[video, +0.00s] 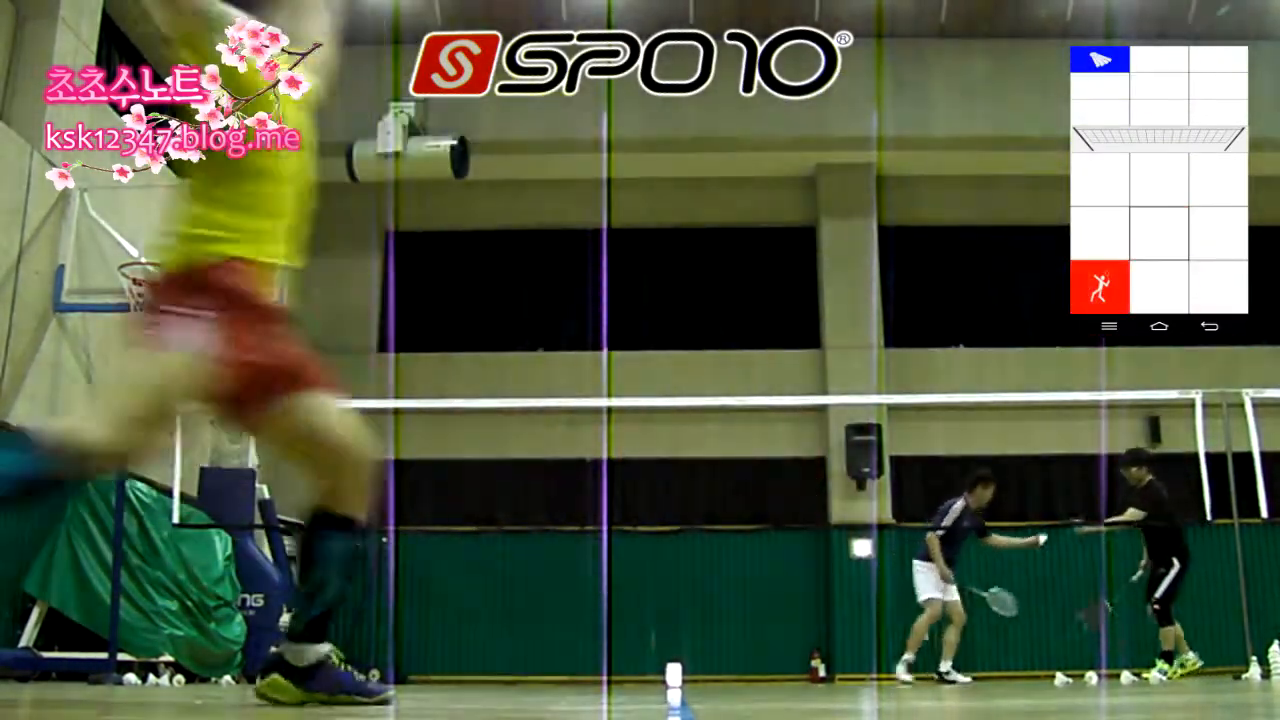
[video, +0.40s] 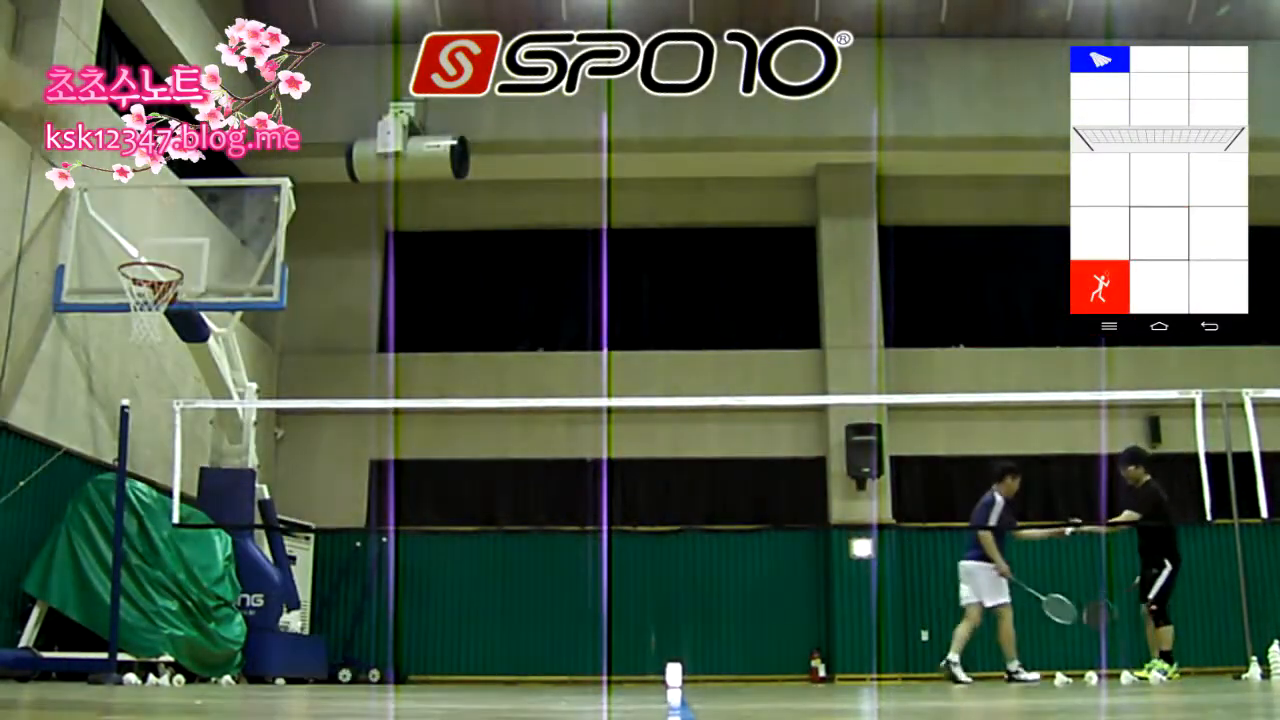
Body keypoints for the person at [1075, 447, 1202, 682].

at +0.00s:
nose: (1126, 475)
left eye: (1129, 470)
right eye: (1124, 471)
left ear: (1141, 468)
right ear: (1134, 471)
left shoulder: (1153, 490)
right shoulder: (1140, 490)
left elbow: (1131, 517)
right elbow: (1150, 531)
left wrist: (1097, 525)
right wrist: (1146, 558)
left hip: (1175, 556)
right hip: (1159, 557)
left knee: (1159, 604)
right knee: (1157, 605)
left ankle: (1166, 662)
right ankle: (1187, 655)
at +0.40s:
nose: (1124, 474)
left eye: (1126, 469)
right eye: (1122, 470)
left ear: (1139, 467)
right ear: (1131, 470)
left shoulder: (1150, 491)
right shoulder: (1140, 490)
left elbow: (1126, 519)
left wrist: (1094, 527)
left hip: (1166, 558)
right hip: (1150, 558)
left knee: (1156, 606)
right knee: (1148, 608)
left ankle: (1167, 661)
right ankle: (1156, 659)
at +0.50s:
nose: (1125, 473)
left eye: (1129, 468)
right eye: (1124, 469)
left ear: (1142, 468)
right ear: (1135, 470)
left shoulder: (1150, 491)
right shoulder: (1140, 491)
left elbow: (1126, 524)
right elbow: (1125, 523)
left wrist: (1093, 529)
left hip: (1166, 558)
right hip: (1150, 558)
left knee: (1159, 607)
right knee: (1147, 608)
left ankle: (1168, 661)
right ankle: (1155, 660)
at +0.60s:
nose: (1129, 473)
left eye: (1133, 468)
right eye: (1127, 469)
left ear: (1146, 468)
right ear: (1130, 470)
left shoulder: (1152, 493)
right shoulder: (1142, 492)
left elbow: (1130, 526)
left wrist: (1098, 531)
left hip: (1166, 559)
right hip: (1151, 559)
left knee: (1163, 608)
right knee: (1152, 609)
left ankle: (1171, 659)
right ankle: (1157, 661)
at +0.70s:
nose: (1136, 470)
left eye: (1140, 466)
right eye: (1133, 466)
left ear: (1151, 468)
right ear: (1132, 468)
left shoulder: (1157, 492)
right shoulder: (1143, 492)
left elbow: (1139, 527)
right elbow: (1144, 532)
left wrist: (1106, 532)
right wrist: (1145, 570)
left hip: (1170, 558)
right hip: (1151, 558)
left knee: (1175, 606)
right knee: (1151, 609)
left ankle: (1187, 657)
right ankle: (1157, 662)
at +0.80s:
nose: (1143, 468)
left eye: (1148, 464)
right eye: (1140, 464)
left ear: (1159, 467)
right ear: (1137, 467)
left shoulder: (1163, 491)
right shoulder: (1140, 494)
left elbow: (1156, 526)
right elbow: (1141, 532)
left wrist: (1124, 531)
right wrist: (1142, 564)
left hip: (1173, 557)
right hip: (1151, 558)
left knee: (1183, 604)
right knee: (1152, 610)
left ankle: (1202, 655)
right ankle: (1157, 662)